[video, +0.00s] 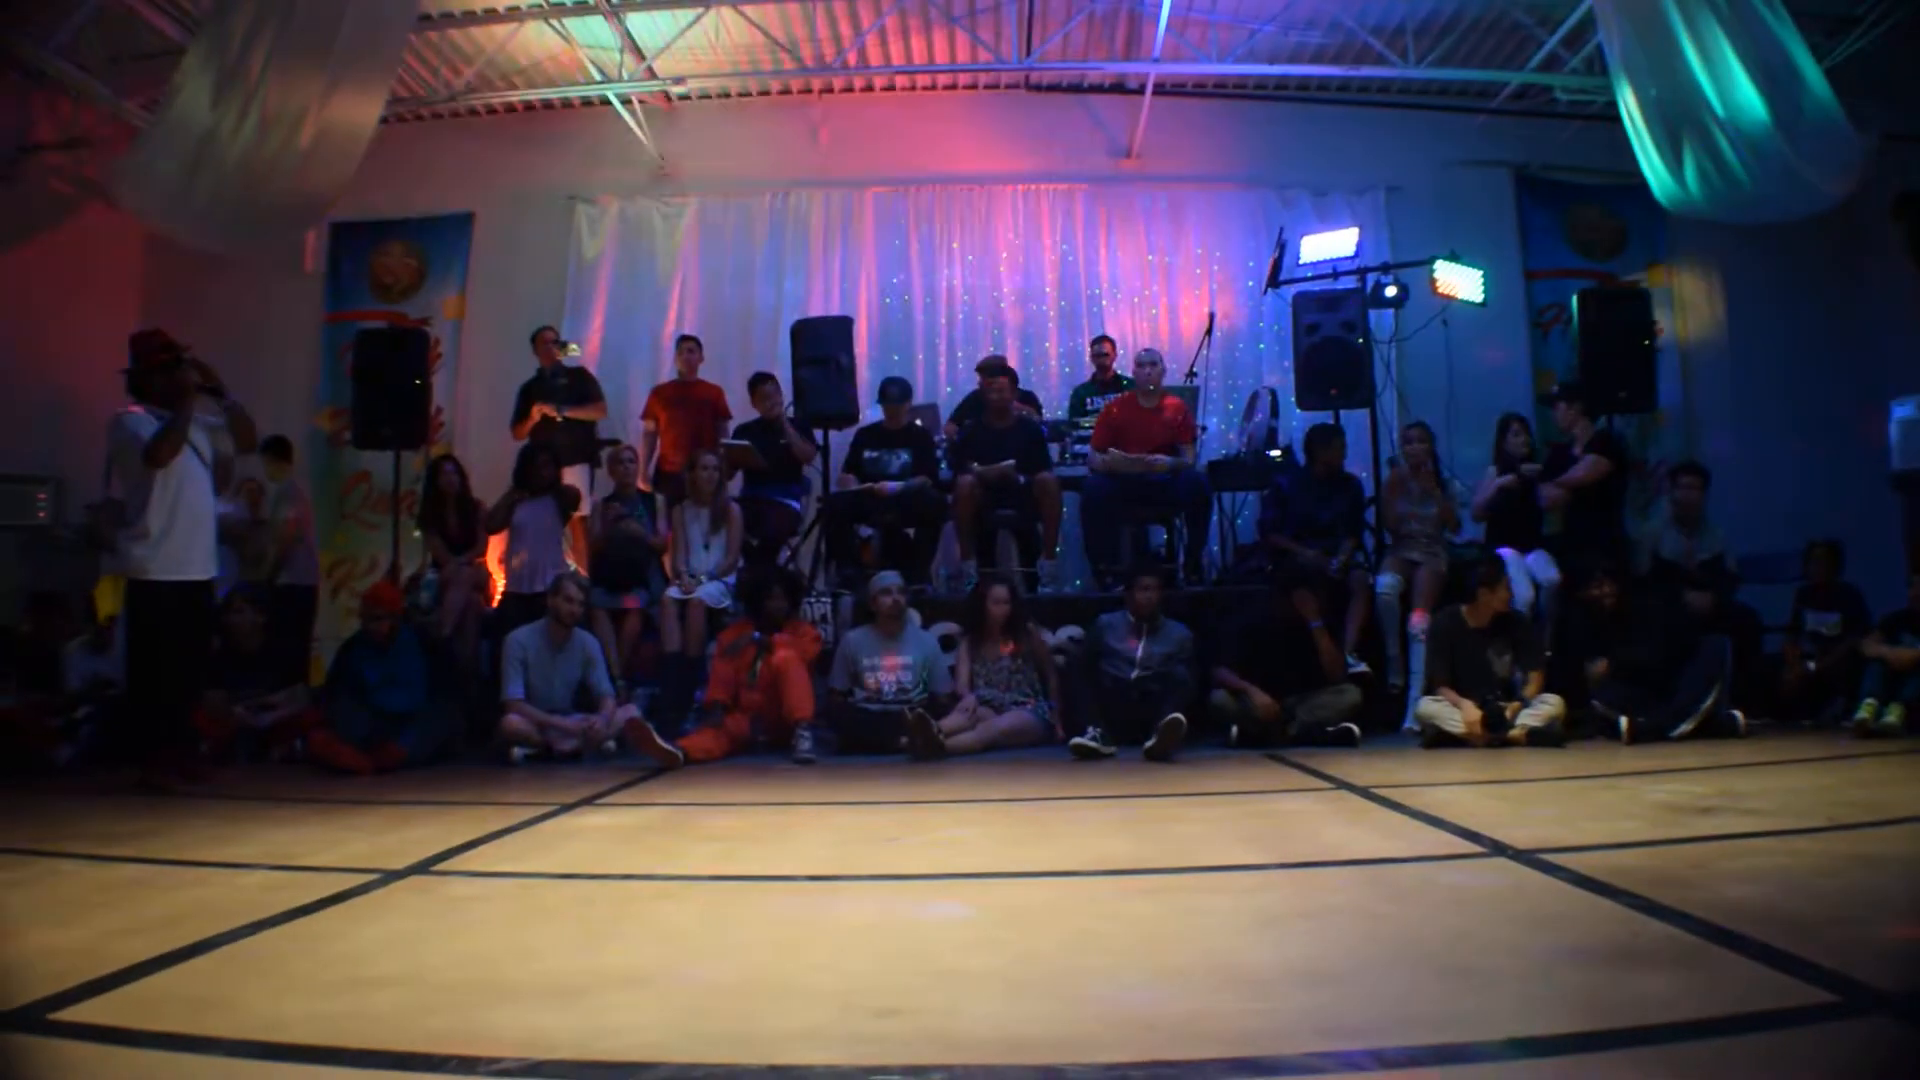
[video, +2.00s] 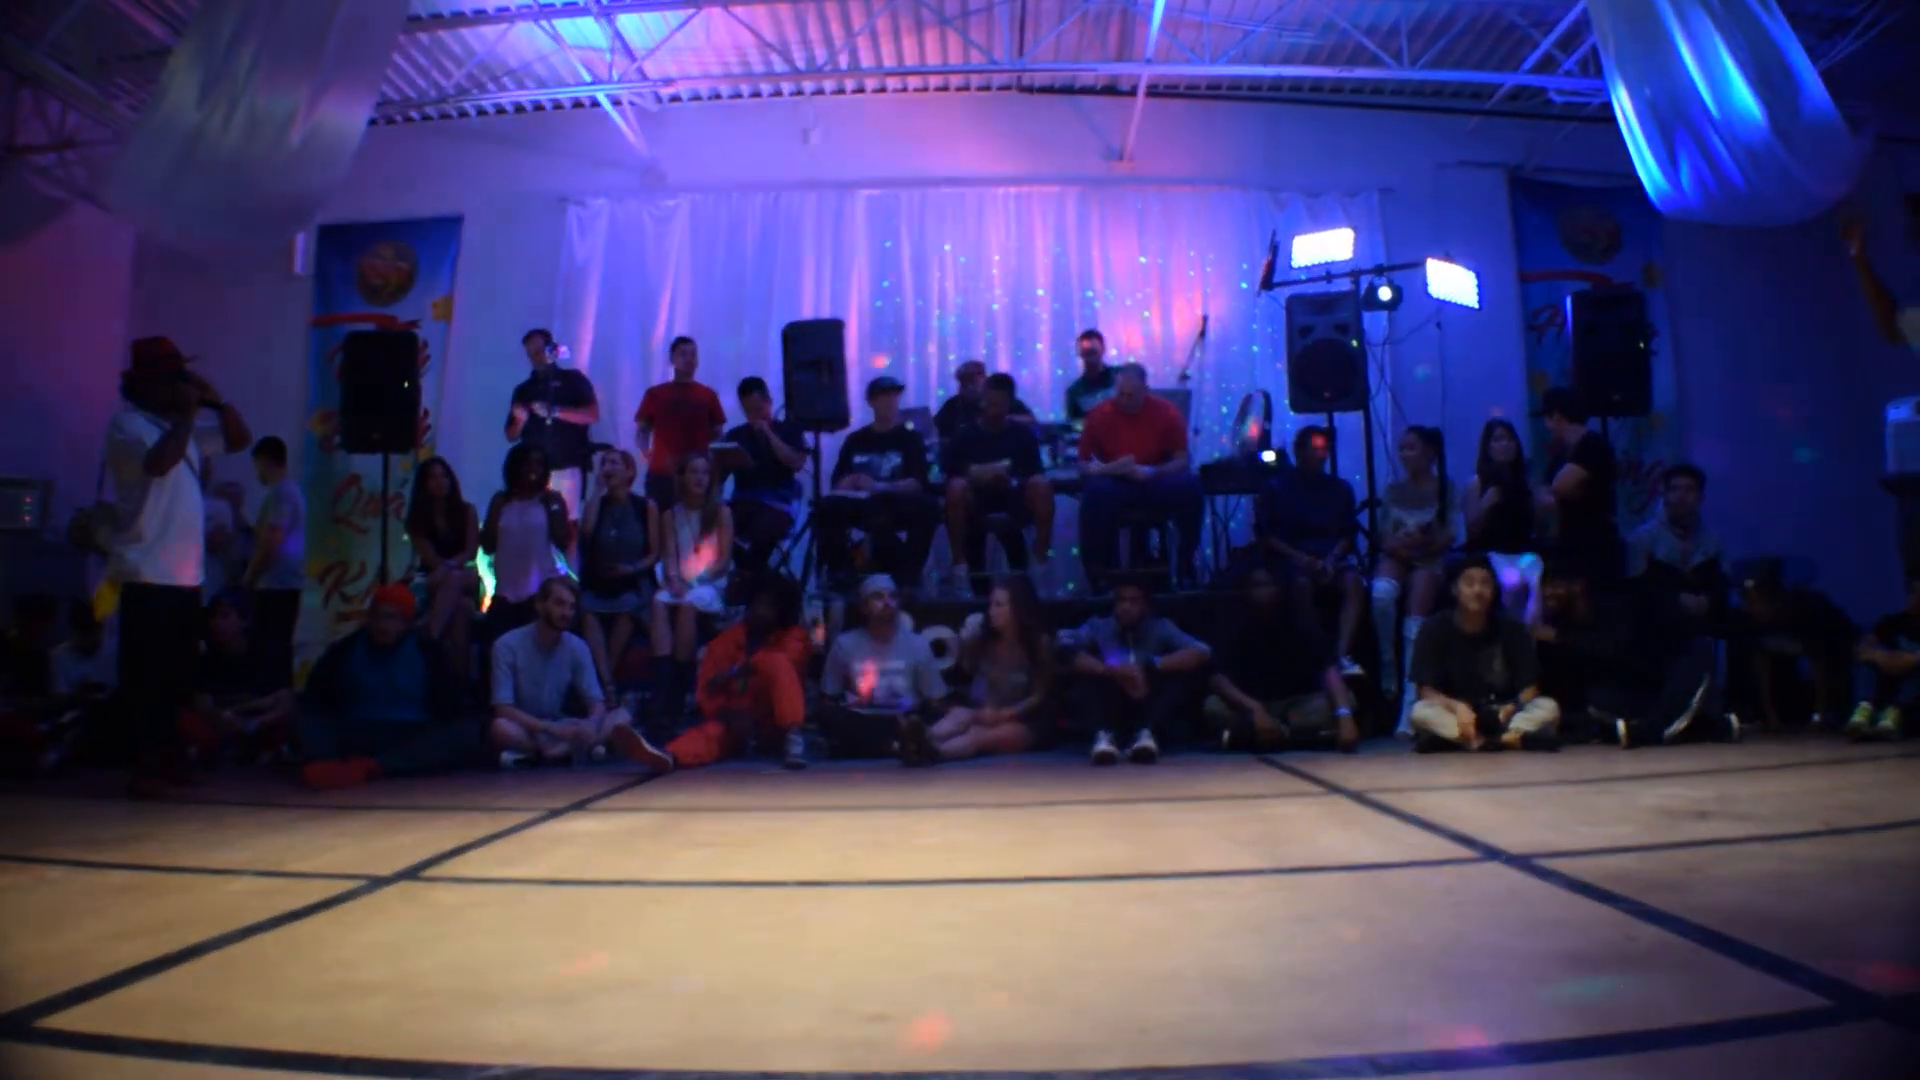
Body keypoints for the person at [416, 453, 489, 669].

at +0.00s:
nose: (450, 480)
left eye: (454, 474)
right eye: (444, 475)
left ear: (461, 477)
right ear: (435, 480)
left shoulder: (474, 507)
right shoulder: (430, 510)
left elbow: (481, 547)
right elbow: (435, 548)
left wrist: (457, 563)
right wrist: (460, 566)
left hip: (474, 569)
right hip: (444, 571)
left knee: (461, 575)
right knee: (472, 600)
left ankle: (444, 633)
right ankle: (466, 663)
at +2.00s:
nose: (439, 483)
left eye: (443, 477)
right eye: (433, 478)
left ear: (450, 480)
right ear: (424, 484)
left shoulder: (466, 511)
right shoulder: (418, 514)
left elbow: (471, 549)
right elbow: (425, 553)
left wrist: (448, 566)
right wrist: (449, 570)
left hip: (466, 573)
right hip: (433, 576)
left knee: (453, 577)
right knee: (462, 605)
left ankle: (431, 635)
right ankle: (458, 675)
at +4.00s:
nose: (439, 482)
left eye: (444, 476)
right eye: (433, 478)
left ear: (452, 480)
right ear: (425, 484)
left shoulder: (470, 511)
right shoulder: (421, 514)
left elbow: (474, 551)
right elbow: (430, 555)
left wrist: (450, 565)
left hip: (468, 571)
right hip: (436, 574)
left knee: (454, 579)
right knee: (464, 602)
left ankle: (435, 638)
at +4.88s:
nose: (435, 483)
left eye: (440, 477)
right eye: (430, 478)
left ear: (449, 480)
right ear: (423, 484)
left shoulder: (468, 511)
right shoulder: (419, 514)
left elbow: (471, 550)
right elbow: (428, 554)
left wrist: (449, 563)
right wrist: (451, 567)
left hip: (466, 571)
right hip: (434, 575)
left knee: (452, 578)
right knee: (464, 604)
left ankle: (433, 638)